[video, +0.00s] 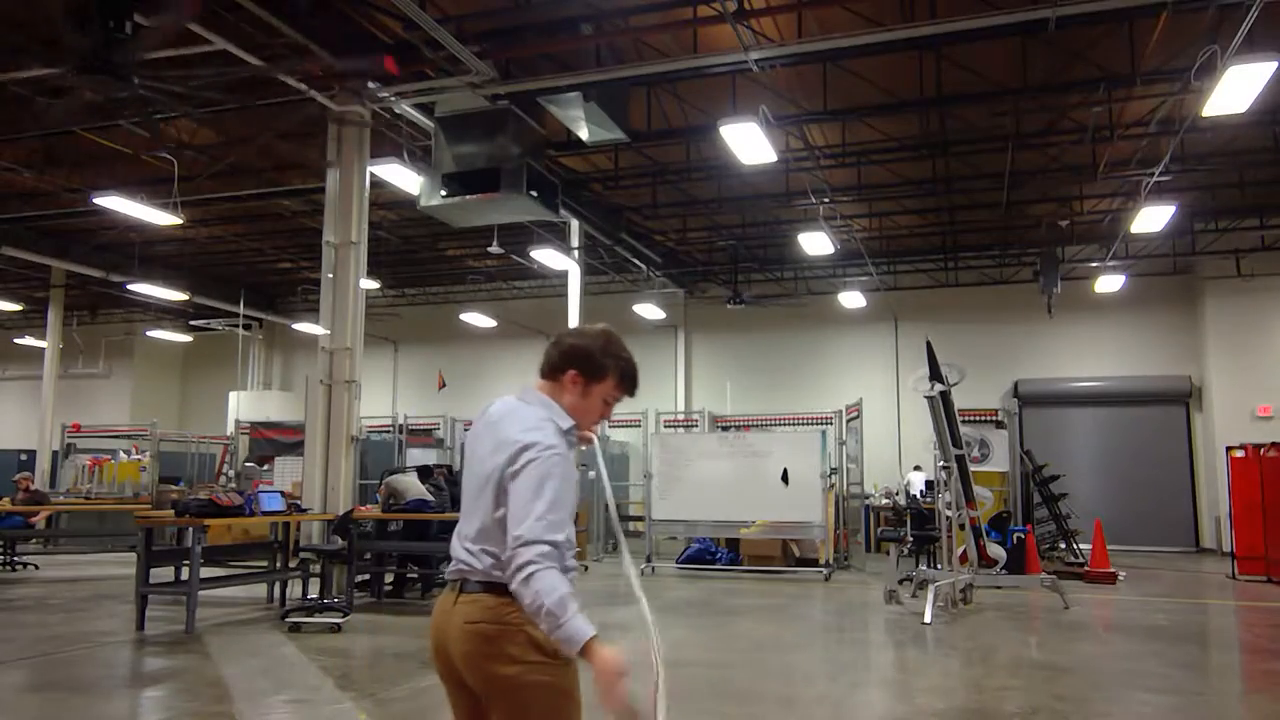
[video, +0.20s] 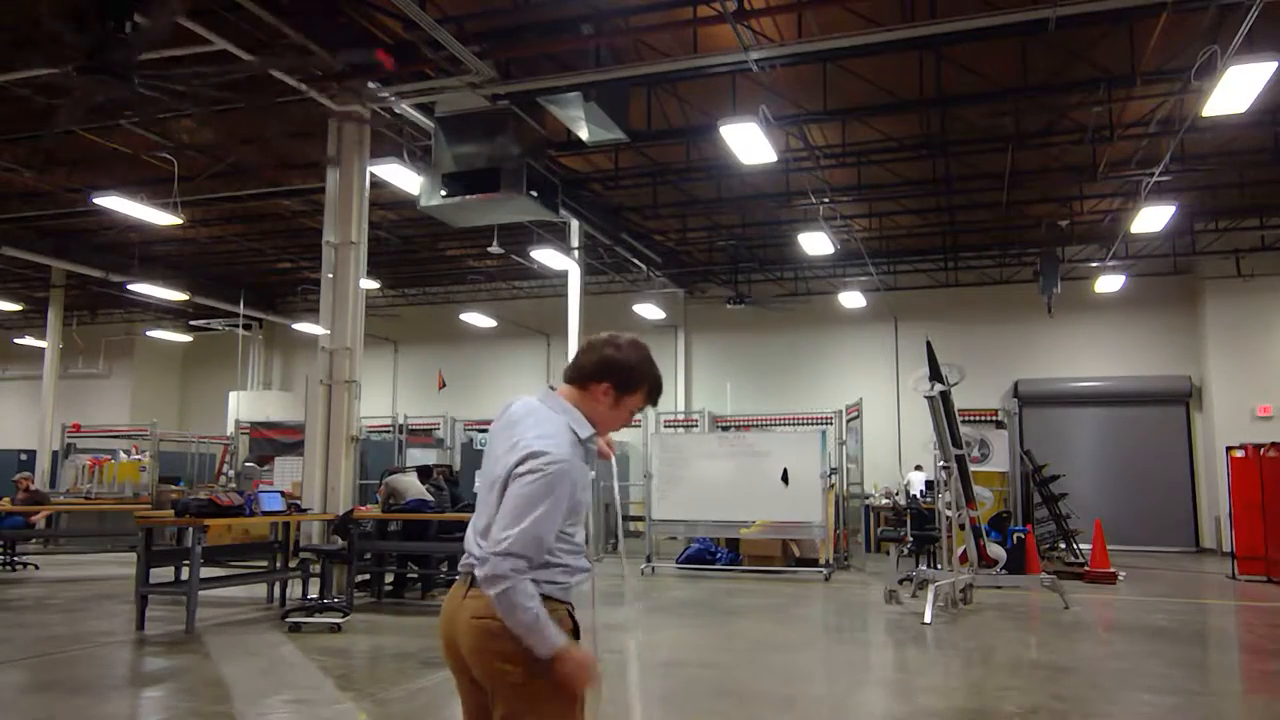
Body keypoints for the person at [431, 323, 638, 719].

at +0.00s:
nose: (607, 416)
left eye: (613, 405)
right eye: (607, 401)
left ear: (568, 379)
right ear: (573, 382)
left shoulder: (495, 415)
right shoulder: (544, 443)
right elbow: (532, 566)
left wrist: (561, 431)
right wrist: (592, 648)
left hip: (453, 608)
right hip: (506, 620)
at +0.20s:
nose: (630, 422)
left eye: (636, 413)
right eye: (633, 410)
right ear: (604, 393)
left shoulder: (519, 410)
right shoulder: (556, 457)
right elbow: (502, 571)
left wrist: (585, 437)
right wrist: (558, 650)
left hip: (463, 605)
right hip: (515, 621)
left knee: (483, 714)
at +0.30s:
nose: (627, 428)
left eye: (634, 420)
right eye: (632, 417)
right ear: (605, 398)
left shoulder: (525, 410)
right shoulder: (553, 461)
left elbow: (560, 424)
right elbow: (515, 573)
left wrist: (593, 443)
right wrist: (587, 616)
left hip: (470, 601)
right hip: (516, 619)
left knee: (488, 714)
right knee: (540, 711)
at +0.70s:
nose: (602, 417)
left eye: (606, 407)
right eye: (601, 404)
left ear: (567, 388)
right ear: (569, 388)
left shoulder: (539, 434)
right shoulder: (524, 444)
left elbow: (564, 480)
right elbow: (509, 550)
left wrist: (605, 496)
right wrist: (602, 566)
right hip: (513, 612)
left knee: (513, 712)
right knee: (536, 712)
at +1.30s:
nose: (615, 408)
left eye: (618, 398)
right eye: (613, 396)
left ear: (583, 390)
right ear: (583, 388)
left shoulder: (543, 436)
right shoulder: (545, 441)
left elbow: (546, 509)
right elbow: (523, 520)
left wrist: (585, 536)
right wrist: (555, 580)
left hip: (488, 588)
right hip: (515, 594)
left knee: (499, 713)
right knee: (552, 713)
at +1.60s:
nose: (635, 420)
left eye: (635, 412)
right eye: (635, 412)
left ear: (587, 408)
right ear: (629, 415)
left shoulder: (559, 446)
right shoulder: (591, 452)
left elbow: (535, 514)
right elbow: (576, 516)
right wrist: (576, 573)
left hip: (490, 585)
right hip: (530, 590)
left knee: (522, 710)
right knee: (556, 710)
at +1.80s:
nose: (608, 452)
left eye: (606, 445)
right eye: (608, 446)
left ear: (563, 449)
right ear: (602, 451)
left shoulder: (547, 486)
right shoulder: (590, 477)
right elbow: (588, 509)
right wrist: (589, 543)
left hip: (505, 614)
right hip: (553, 612)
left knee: (531, 710)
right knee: (577, 712)